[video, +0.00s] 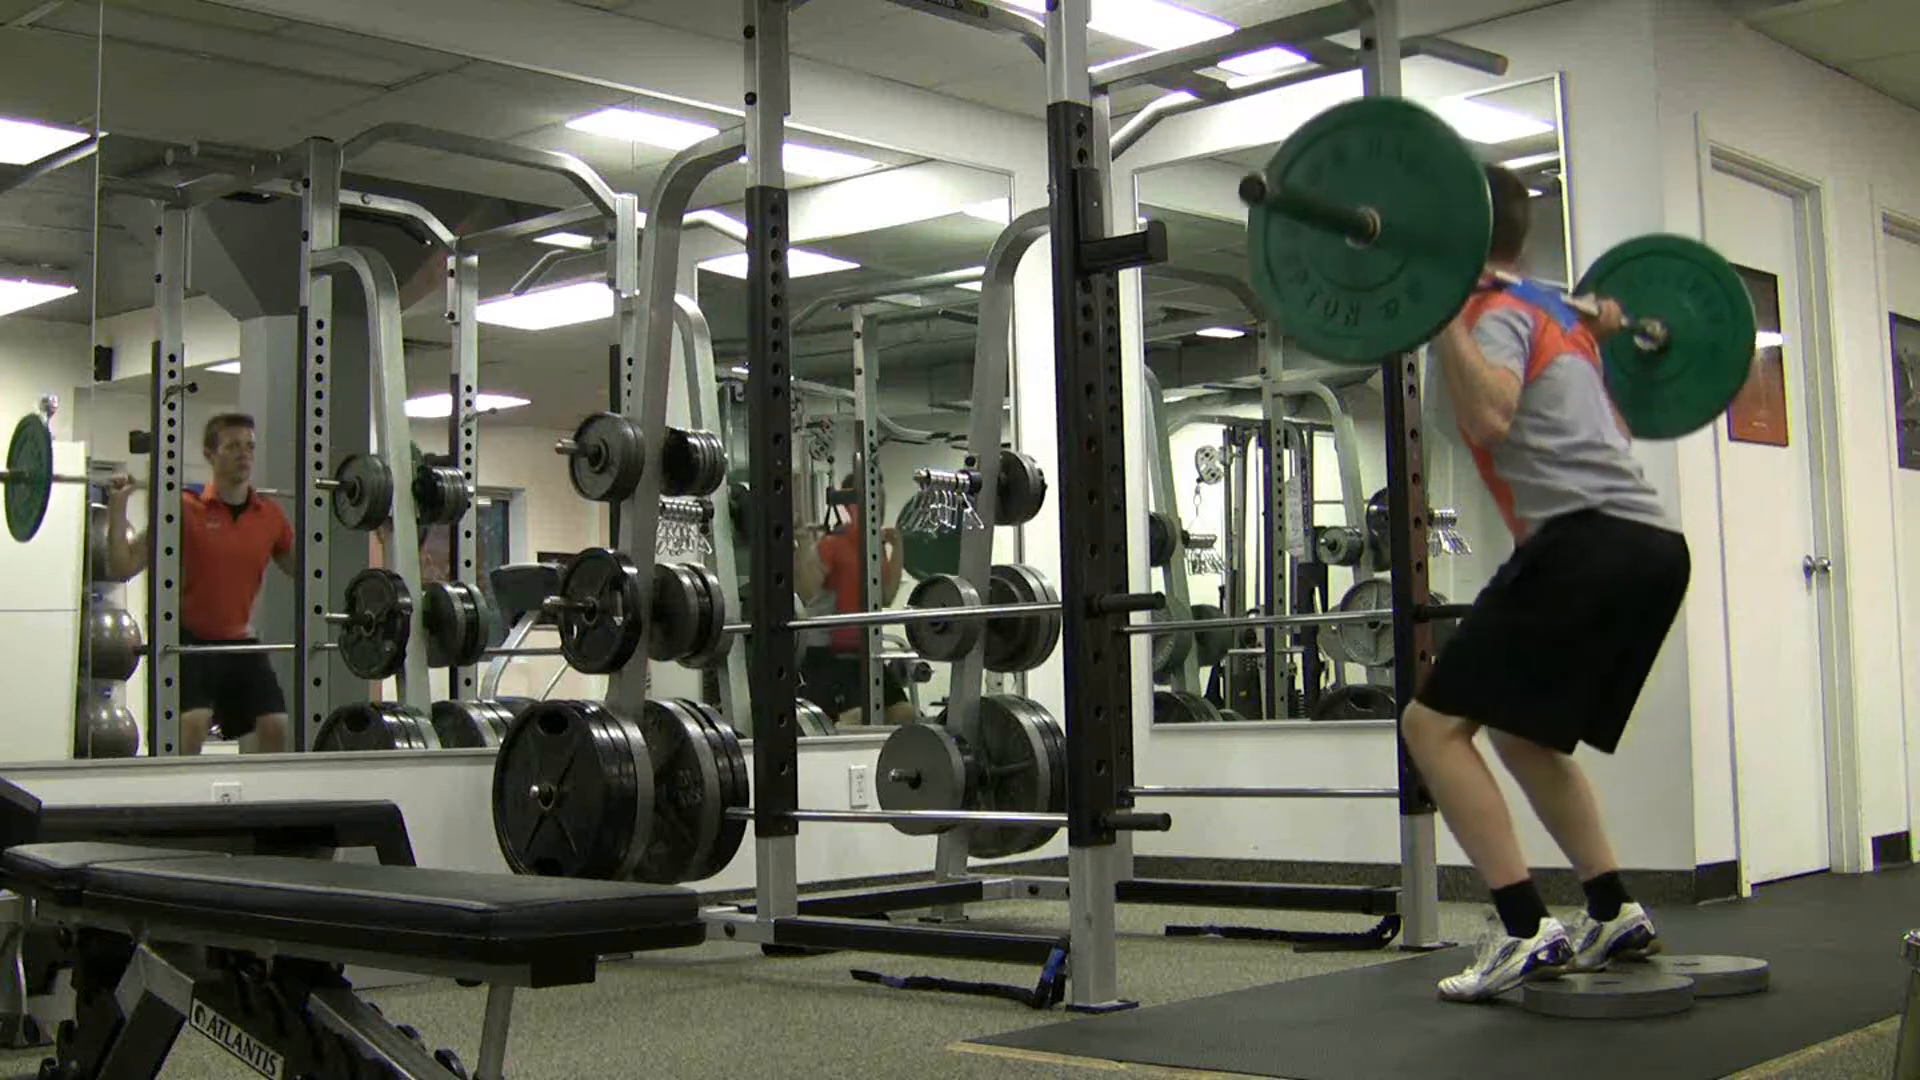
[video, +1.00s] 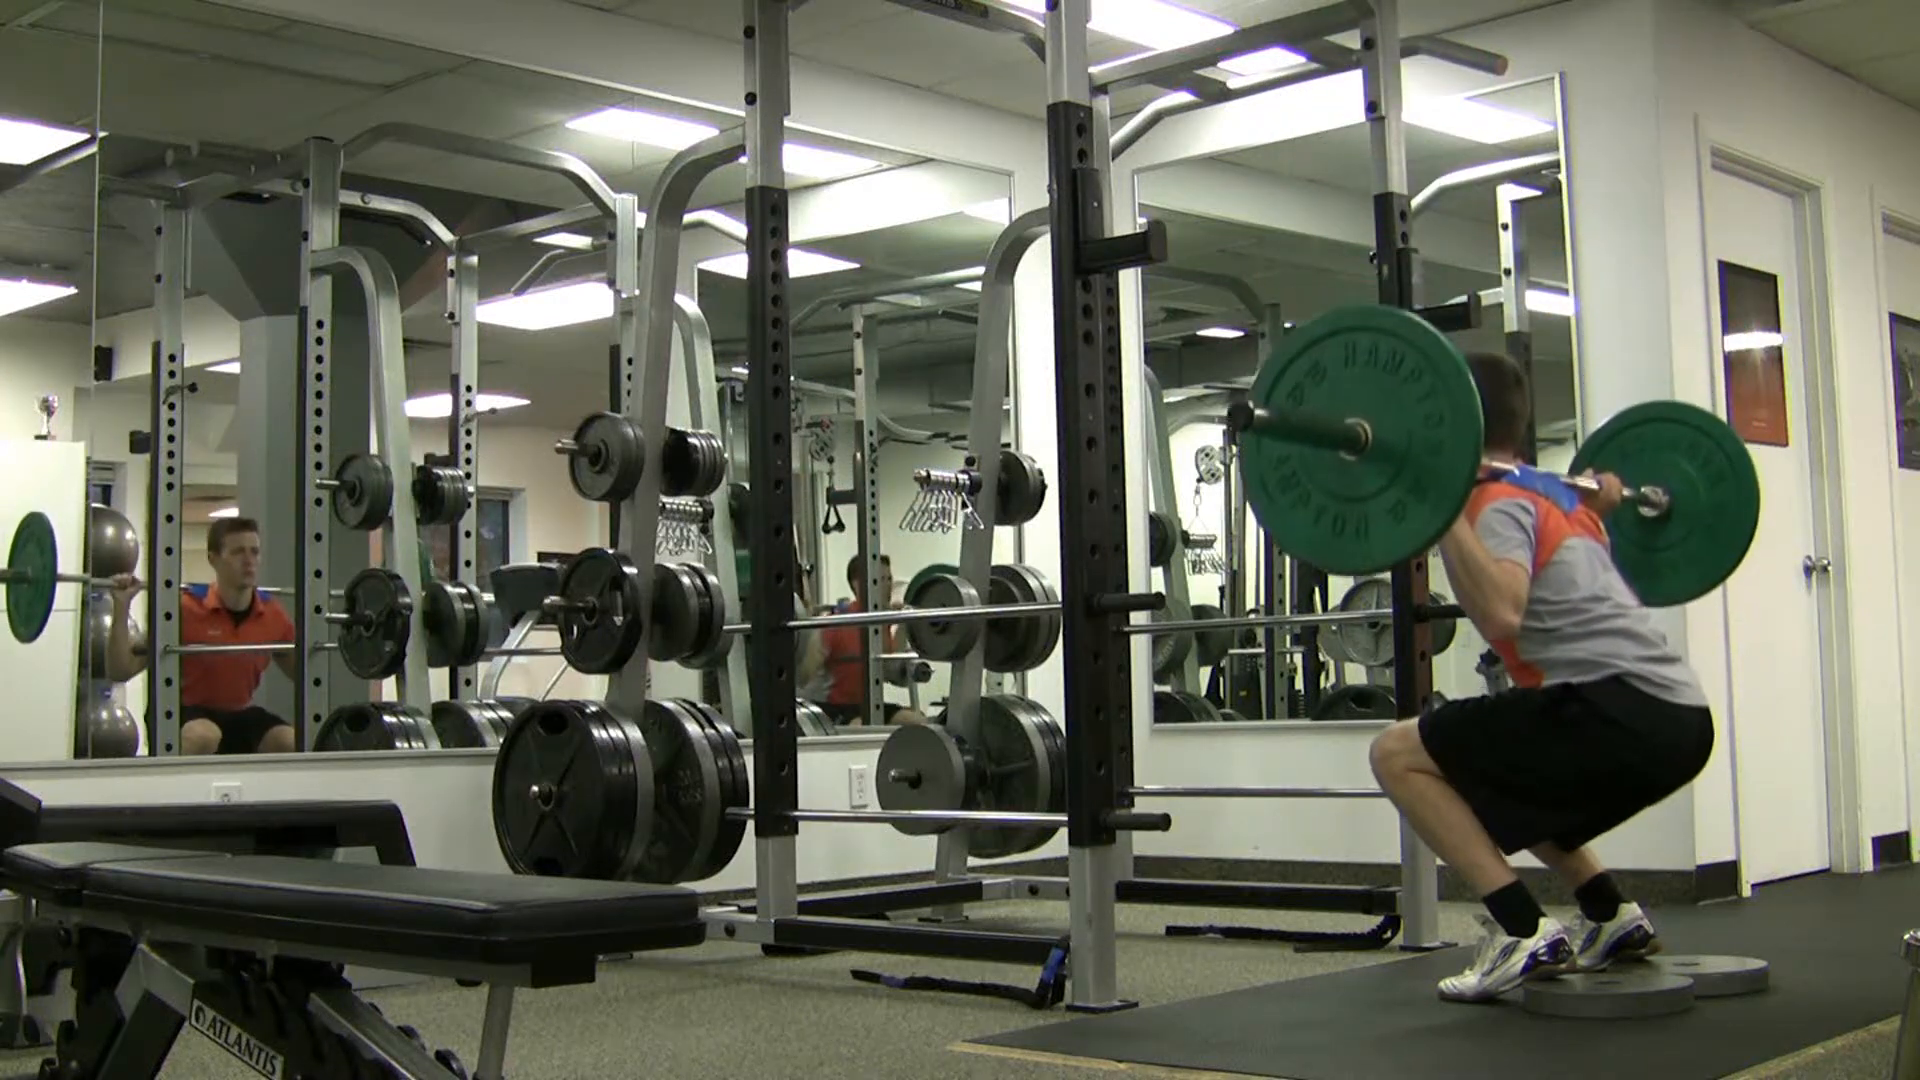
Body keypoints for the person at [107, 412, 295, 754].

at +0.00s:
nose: (244, 454)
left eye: (249, 446)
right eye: (233, 446)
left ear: (256, 453)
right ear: (211, 454)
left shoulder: (270, 515)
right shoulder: (183, 509)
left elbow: (303, 569)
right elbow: (123, 567)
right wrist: (117, 504)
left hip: (242, 643)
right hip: (190, 642)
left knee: (274, 726)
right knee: (194, 723)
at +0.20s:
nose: (245, 482)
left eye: (250, 473)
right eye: (234, 473)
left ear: (256, 480)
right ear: (210, 482)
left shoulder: (270, 541)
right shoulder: (183, 534)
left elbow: (307, 604)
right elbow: (120, 594)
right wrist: (119, 528)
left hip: (239, 660)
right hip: (185, 659)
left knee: (279, 729)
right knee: (197, 724)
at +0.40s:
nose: (246, 505)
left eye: (252, 497)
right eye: (235, 497)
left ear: (257, 503)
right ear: (212, 505)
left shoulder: (271, 566)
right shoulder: (183, 558)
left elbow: (308, 627)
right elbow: (120, 617)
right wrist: (120, 558)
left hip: (236, 676)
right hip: (184, 673)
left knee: (283, 733)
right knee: (202, 730)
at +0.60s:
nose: (248, 528)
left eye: (253, 519)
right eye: (237, 519)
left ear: (259, 524)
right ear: (213, 526)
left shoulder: (273, 586)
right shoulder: (184, 577)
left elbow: (305, 645)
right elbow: (122, 641)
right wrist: (120, 577)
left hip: (236, 693)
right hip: (183, 689)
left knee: (287, 737)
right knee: (203, 733)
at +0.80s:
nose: (248, 546)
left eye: (254, 537)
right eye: (237, 537)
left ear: (260, 542)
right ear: (213, 543)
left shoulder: (273, 601)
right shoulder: (184, 594)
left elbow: (309, 661)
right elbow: (120, 658)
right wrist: (121, 588)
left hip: (235, 705)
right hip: (182, 702)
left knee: (287, 739)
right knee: (201, 735)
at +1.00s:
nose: (249, 561)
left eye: (254, 552)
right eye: (238, 552)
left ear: (261, 557)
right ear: (213, 559)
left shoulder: (271, 613)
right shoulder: (184, 608)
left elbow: (304, 676)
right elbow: (121, 671)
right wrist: (121, 604)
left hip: (240, 715)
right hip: (187, 711)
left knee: (290, 741)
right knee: (203, 736)